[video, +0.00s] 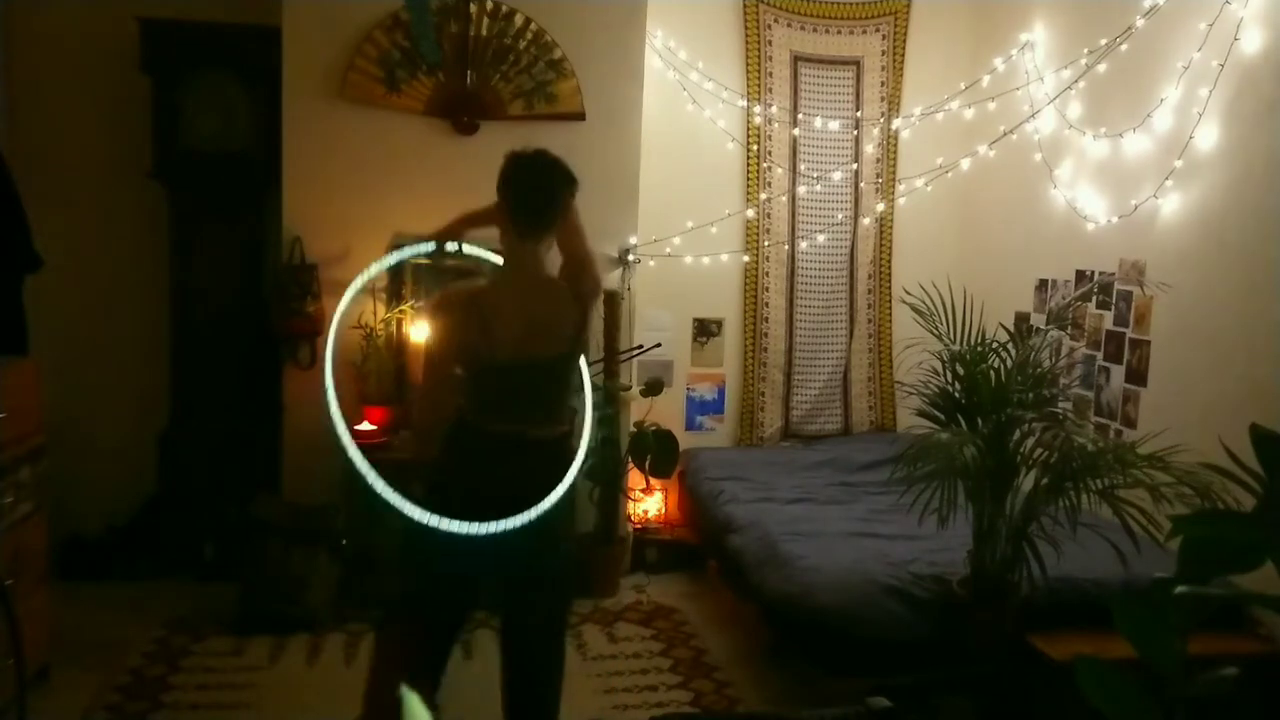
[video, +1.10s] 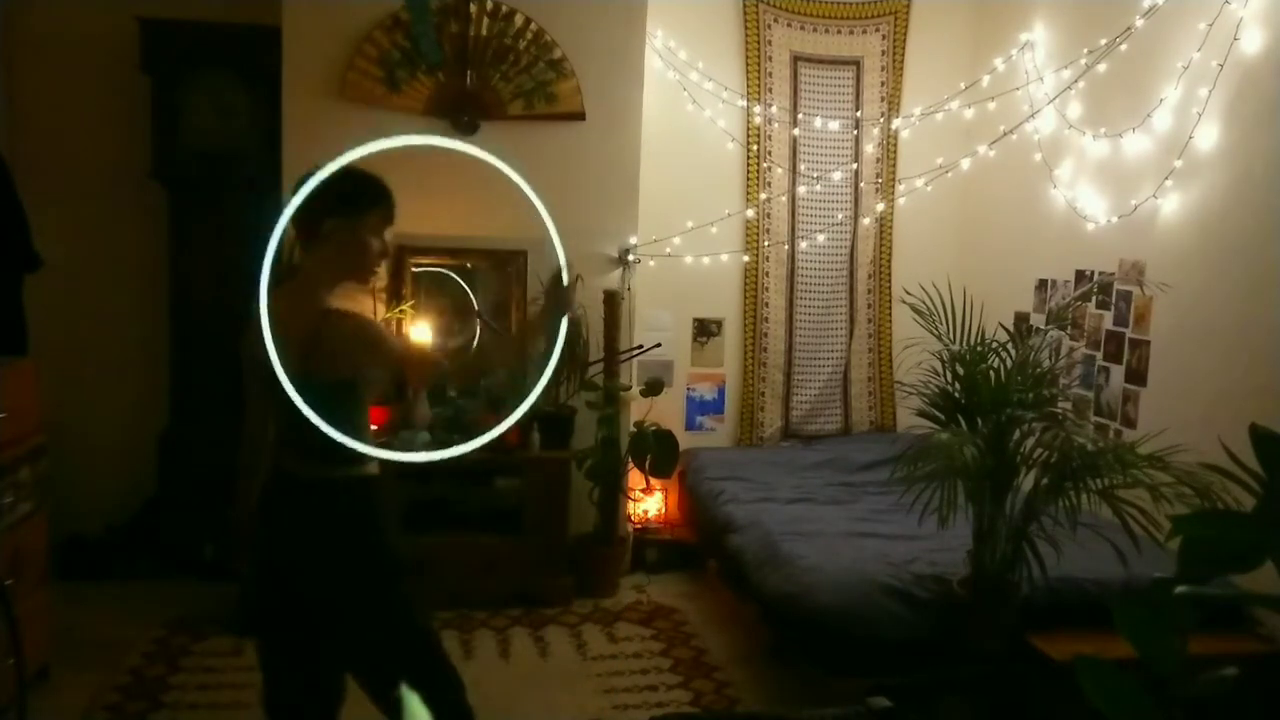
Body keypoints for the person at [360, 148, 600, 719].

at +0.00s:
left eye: (508, 204)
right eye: (565, 207)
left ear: (502, 212)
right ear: (565, 214)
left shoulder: (460, 308)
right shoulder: (573, 304)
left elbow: (430, 416)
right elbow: (556, 215)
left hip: (465, 487)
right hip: (545, 498)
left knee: (415, 656)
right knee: (534, 675)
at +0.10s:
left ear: (488, 221)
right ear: (554, 225)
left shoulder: (443, 314)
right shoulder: (556, 312)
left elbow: (417, 418)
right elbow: (563, 201)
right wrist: (467, 188)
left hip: (443, 517)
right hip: (531, 524)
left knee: (378, 671)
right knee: (531, 694)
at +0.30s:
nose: (454, 212)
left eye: (461, 203)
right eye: (460, 200)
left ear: (460, 221)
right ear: (524, 228)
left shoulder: (402, 311)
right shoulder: (534, 318)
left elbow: (362, 421)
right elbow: (547, 210)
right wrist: (479, 137)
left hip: (407, 523)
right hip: (503, 529)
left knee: (351, 688)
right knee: (521, 698)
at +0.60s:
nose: (450, 240)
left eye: (449, 224)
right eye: (449, 224)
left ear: (379, 217)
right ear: (446, 228)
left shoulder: (322, 302)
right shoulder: (447, 318)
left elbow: (294, 416)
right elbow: (517, 260)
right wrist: (499, 157)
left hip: (332, 520)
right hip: (421, 526)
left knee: (316, 694)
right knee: (476, 694)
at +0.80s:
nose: (421, 239)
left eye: (421, 225)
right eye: (414, 225)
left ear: (351, 222)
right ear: (378, 226)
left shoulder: (309, 308)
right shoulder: (363, 319)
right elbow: (494, 298)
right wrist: (513, 189)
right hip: (356, 533)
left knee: (302, 698)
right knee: (450, 695)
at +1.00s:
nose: (393, 247)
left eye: (393, 231)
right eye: (384, 230)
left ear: (334, 231)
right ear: (340, 230)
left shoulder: (280, 308)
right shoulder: (343, 324)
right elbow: (464, 354)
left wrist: (452, 326)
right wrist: (533, 271)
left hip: (287, 525)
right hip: (341, 534)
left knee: (295, 700)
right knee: (441, 697)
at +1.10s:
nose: (384, 250)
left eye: (385, 234)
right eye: (374, 231)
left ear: (319, 233)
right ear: (327, 230)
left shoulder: (269, 320)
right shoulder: (347, 331)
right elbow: (432, 371)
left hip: (278, 546)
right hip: (343, 550)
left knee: (299, 703)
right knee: (442, 699)